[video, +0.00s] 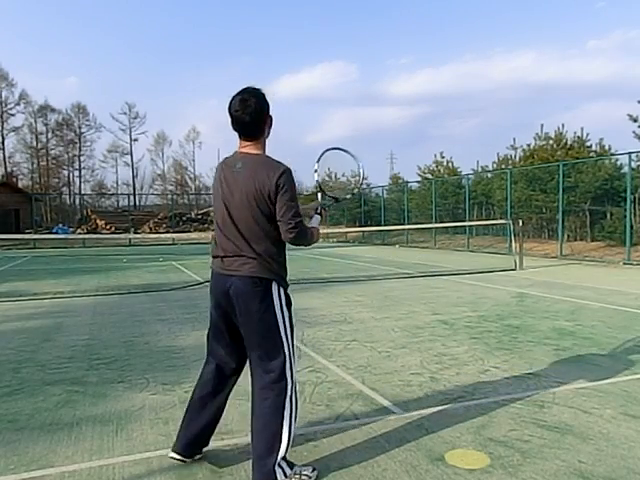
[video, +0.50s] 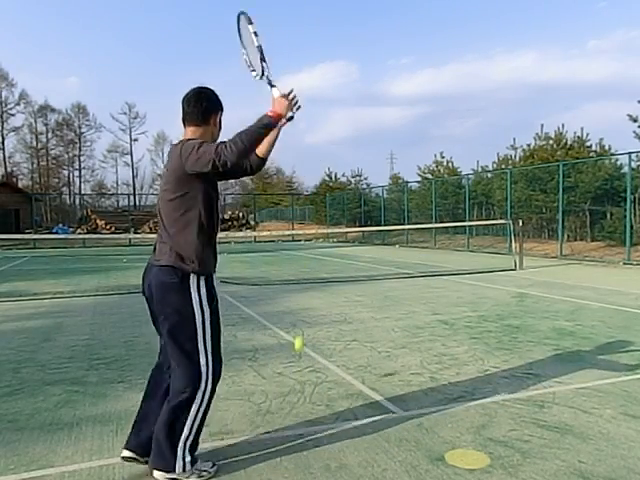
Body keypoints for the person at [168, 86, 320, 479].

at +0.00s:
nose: (271, 120)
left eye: (267, 114)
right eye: (270, 115)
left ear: (233, 125)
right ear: (268, 122)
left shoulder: (224, 169)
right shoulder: (276, 173)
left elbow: (234, 218)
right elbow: (291, 230)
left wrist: (288, 218)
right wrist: (313, 234)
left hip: (222, 281)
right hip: (260, 284)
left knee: (221, 362)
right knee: (273, 373)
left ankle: (187, 444)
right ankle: (272, 466)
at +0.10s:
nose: (258, 122)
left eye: (255, 115)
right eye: (257, 116)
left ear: (220, 126)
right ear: (254, 124)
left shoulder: (212, 170)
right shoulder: (260, 175)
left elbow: (249, 210)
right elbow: (281, 230)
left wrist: (302, 203)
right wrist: (309, 228)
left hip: (212, 286)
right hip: (248, 289)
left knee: (204, 368)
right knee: (268, 380)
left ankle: (163, 451)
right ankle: (272, 467)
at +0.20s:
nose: (244, 128)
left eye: (241, 121)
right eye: (242, 122)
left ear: (206, 129)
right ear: (238, 127)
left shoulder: (198, 174)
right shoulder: (238, 177)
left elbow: (236, 216)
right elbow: (271, 224)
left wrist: (288, 194)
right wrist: (305, 209)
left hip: (192, 290)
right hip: (228, 292)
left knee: (188, 376)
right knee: (260, 381)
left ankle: (154, 463)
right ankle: (271, 467)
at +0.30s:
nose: (231, 130)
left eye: (229, 124)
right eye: (231, 124)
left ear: (193, 132)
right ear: (225, 129)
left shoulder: (187, 173)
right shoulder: (215, 174)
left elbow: (247, 197)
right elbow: (258, 205)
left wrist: (283, 166)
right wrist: (296, 188)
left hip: (176, 289)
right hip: (209, 292)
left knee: (178, 378)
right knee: (243, 380)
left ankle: (156, 465)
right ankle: (265, 468)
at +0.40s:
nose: (225, 127)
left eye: (223, 121)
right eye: (224, 121)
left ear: (188, 122)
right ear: (219, 121)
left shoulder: (181, 162)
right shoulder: (199, 162)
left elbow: (241, 177)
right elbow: (245, 176)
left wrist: (273, 147)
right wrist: (286, 153)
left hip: (167, 280)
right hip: (194, 283)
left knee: (173, 375)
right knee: (226, 376)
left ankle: (154, 465)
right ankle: (214, 466)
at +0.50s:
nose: (221, 124)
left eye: (219, 119)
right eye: (221, 118)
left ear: (185, 118)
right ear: (214, 118)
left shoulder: (184, 154)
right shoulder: (191, 152)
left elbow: (250, 163)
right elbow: (232, 152)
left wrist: (278, 123)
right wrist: (274, 114)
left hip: (164, 274)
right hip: (185, 276)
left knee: (174, 361)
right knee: (202, 369)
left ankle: (142, 443)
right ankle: (173, 461)